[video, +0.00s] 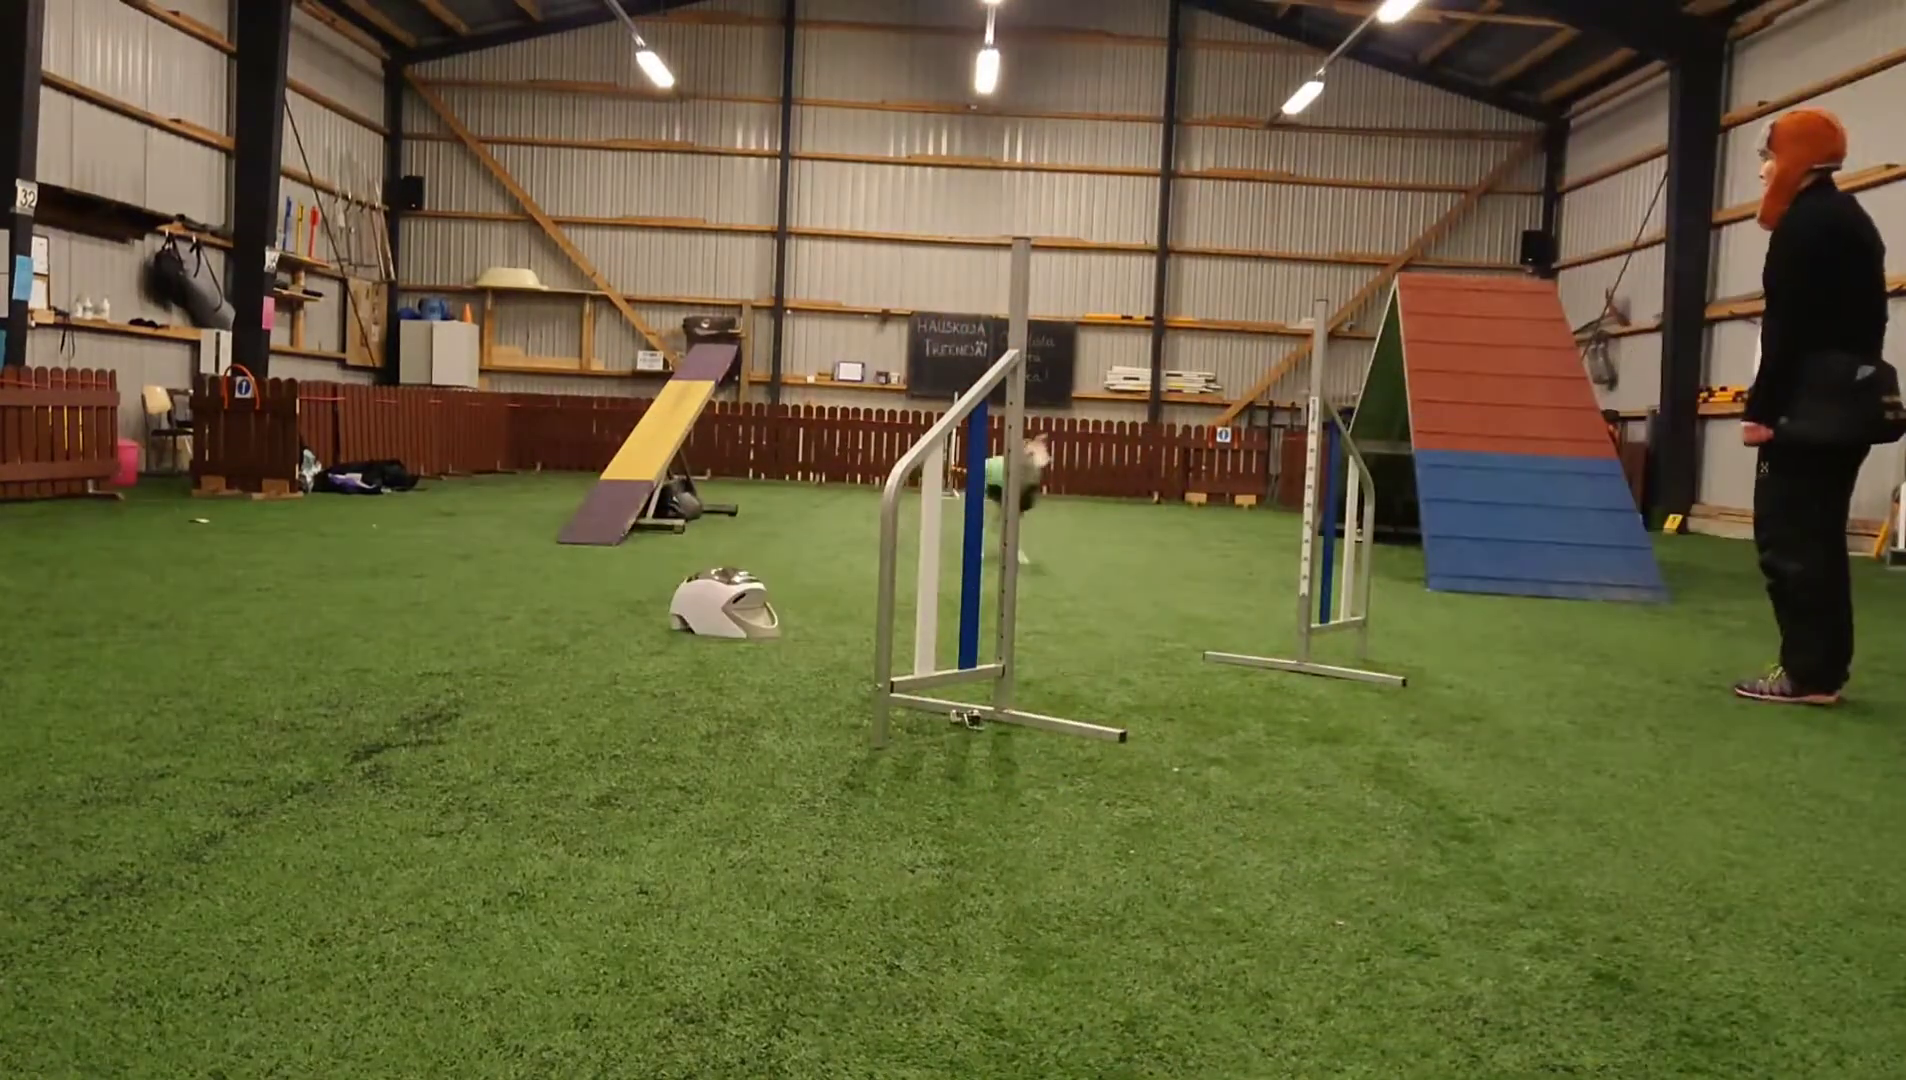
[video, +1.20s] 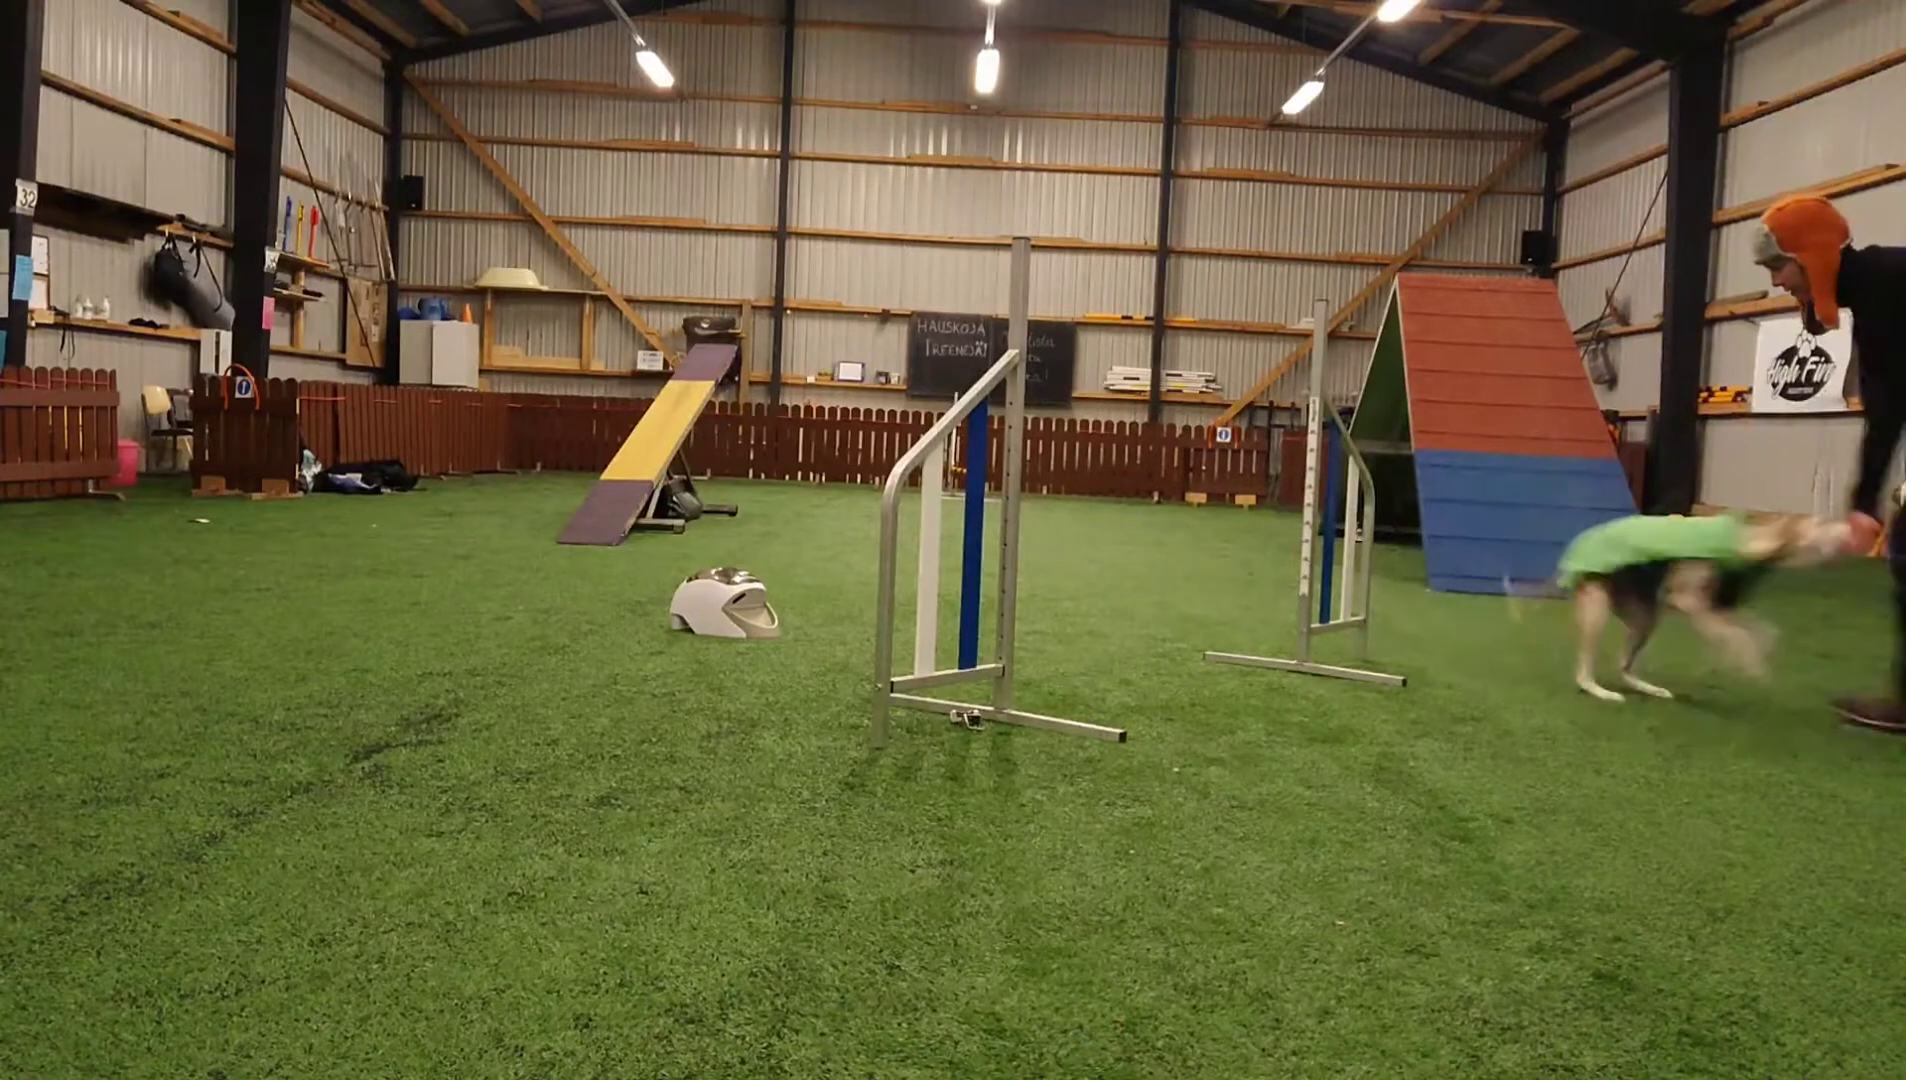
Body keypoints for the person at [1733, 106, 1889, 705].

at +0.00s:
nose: (1764, 166)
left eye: (1771, 155)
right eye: (1766, 154)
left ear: (1798, 161)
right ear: (1820, 161)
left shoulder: (1799, 226)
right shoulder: (1854, 219)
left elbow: (1784, 326)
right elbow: (1870, 322)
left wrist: (1760, 408)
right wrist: (1857, 391)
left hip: (1806, 413)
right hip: (1846, 411)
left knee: (1786, 538)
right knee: (1820, 538)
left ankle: (1807, 673)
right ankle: (1824, 671)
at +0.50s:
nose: (1754, 217)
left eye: (1759, 204)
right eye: (1753, 205)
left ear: (1790, 203)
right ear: (1808, 201)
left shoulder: (1812, 258)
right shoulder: (1865, 235)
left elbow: (1786, 360)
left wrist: (1703, 367)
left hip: (1883, 423)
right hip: (1892, 420)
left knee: (1848, 541)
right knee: (1871, 545)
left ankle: (1823, 672)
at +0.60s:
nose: (1766, 230)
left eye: (1770, 216)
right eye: (1764, 218)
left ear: (1801, 213)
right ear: (1819, 210)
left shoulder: (1829, 268)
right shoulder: (1876, 241)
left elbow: (1807, 374)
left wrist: (1725, 380)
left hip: (1898, 423)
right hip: (1898, 419)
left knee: (1866, 542)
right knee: (1864, 541)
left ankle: (1828, 671)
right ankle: (1828, 670)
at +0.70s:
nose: (1773, 244)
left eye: (1775, 230)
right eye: (1768, 233)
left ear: (1807, 223)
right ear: (1824, 220)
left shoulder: (1844, 276)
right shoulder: (1880, 248)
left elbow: (1841, 380)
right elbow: (1842, 378)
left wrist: (1750, 407)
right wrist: (1758, 404)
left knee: (1887, 547)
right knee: (1885, 545)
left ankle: (1837, 671)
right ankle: (1838, 669)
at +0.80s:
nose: (1775, 260)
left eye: (1777, 245)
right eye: (1771, 247)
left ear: (1809, 239)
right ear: (1818, 236)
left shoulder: (1862, 283)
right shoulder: (1877, 259)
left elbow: (1867, 395)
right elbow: (1867, 394)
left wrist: (1793, 453)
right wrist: (1795, 452)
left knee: (1896, 535)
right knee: (1895, 534)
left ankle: (1900, 679)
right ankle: (1897, 677)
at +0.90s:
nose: (1780, 270)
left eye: (1780, 255)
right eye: (1775, 258)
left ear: (1809, 247)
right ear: (1810, 248)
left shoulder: (1872, 284)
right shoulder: (1883, 256)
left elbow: (1894, 405)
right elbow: (1893, 404)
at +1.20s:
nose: (1774, 280)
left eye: (1777, 265)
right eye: (1770, 268)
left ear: (1811, 257)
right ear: (1815, 257)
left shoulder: (1879, 290)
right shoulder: (1871, 288)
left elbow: (1887, 409)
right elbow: (1884, 408)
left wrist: (1865, 503)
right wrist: (1866, 502)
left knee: (1903, 544)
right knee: (1901, 545)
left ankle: (1904, 701)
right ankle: (1901, 699)